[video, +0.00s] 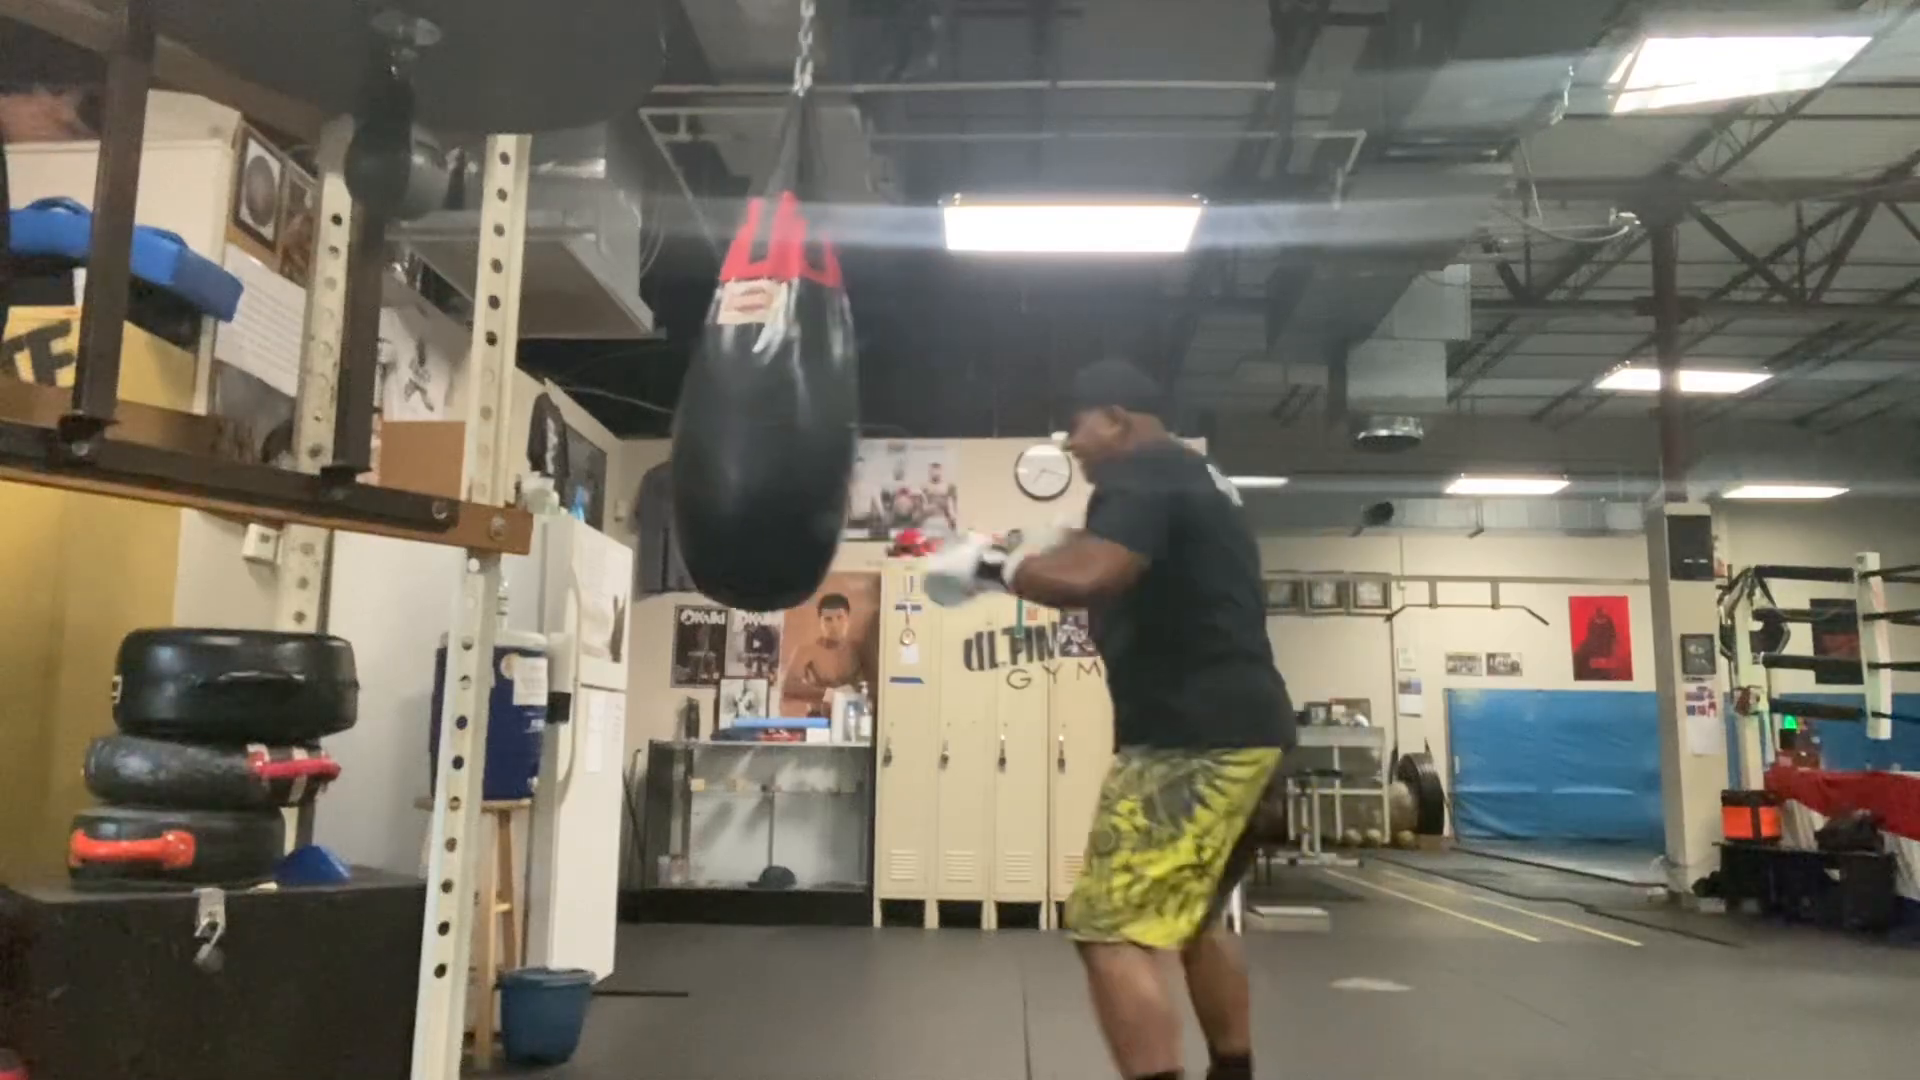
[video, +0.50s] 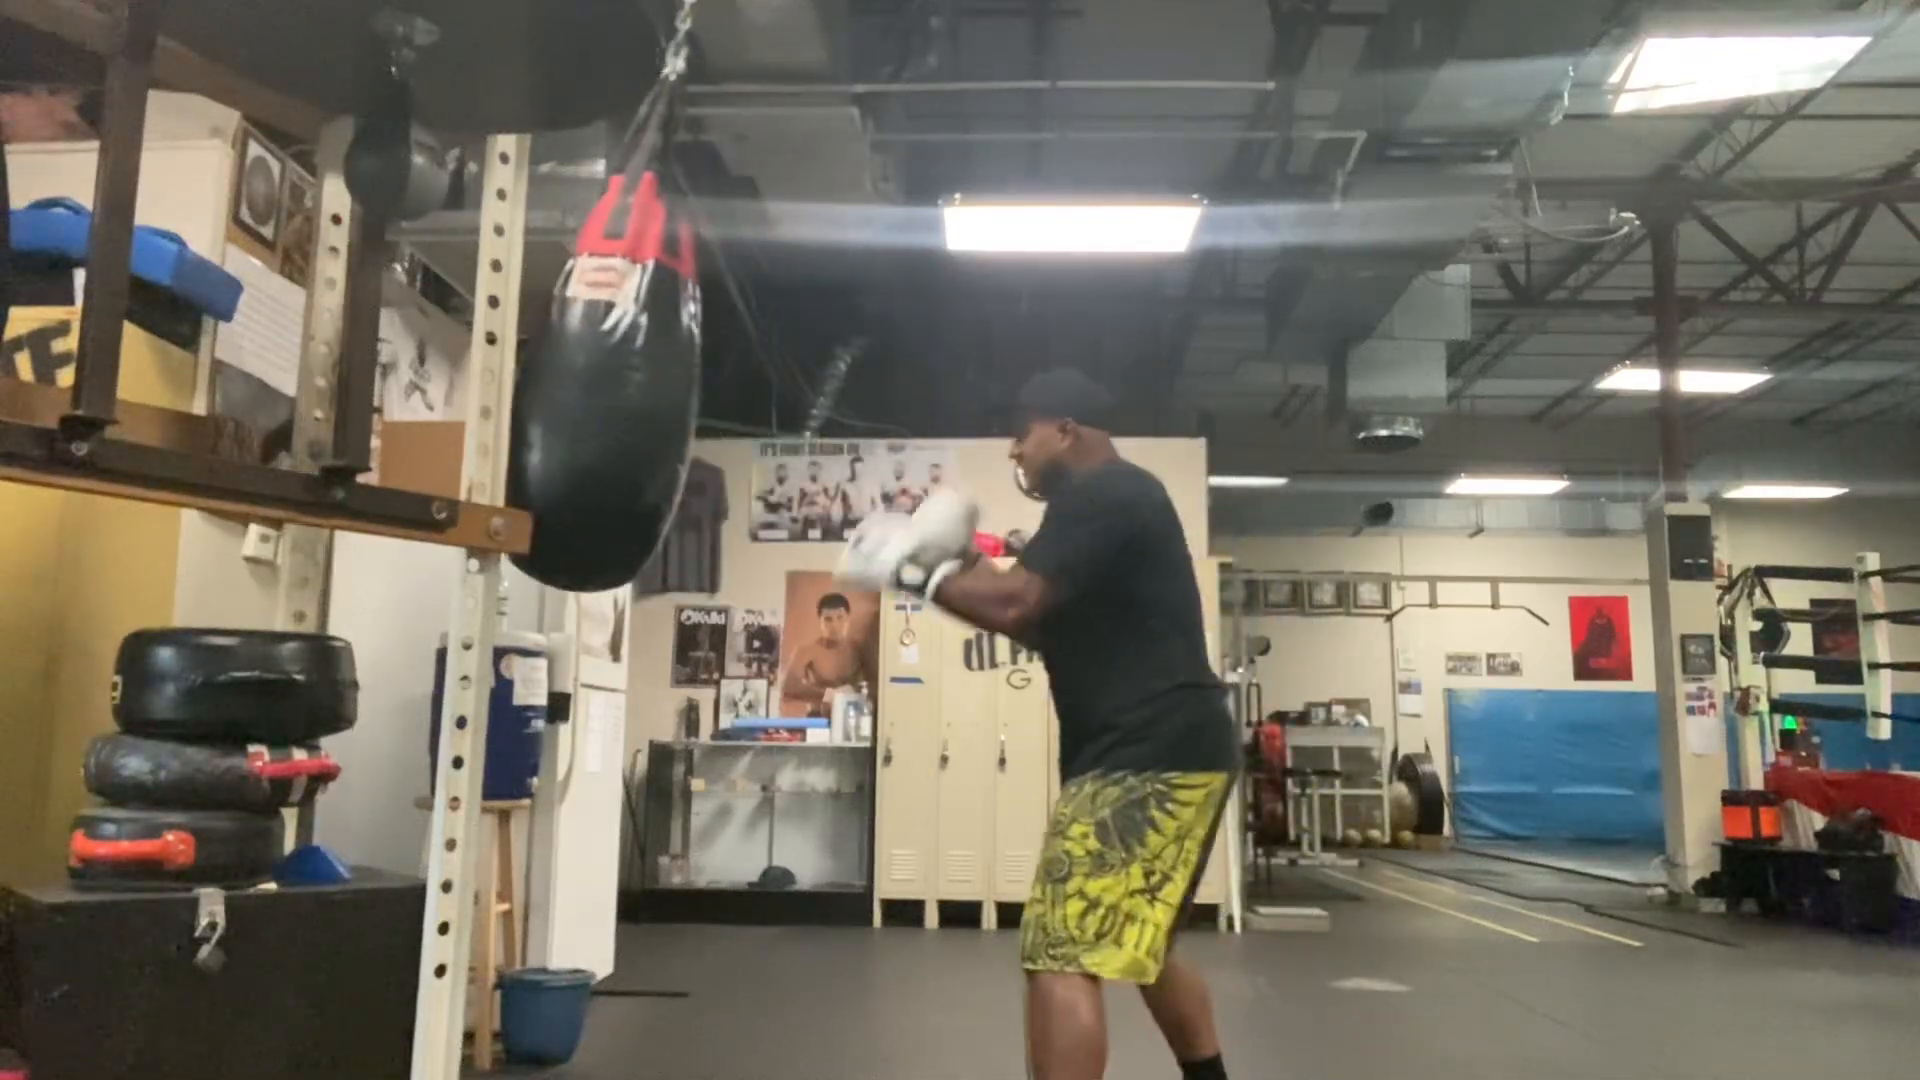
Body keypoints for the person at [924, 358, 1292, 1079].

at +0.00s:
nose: (1072, 446)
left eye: (1077, 429)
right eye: (1069, 431)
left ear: (1119, 420)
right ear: (1140, 423)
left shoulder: (1142, 477)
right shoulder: (1194, 478)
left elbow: (1092, 573)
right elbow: (1139, 579)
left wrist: (1000, 568)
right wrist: (1041, 557)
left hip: (1188, 737)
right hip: (1246, 731)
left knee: (1110, 926)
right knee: (1195, 916)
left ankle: (1158, 1073)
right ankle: (1233, 1070)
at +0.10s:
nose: (1062, 451)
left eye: (1069, 434)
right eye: (1062, 435)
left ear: (1113, 432)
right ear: (1124, 435)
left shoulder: (1144, 500)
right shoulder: (1173, 497)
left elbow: (1102, 617)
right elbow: (1109, 605)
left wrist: (1010, 587)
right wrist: (1048, 556)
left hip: (1171, 760)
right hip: (1221, 756)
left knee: (1091, 957)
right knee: (1185, 943)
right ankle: (1230, 1073)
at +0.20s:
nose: (1053, 449)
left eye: (1061, 431)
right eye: (1053, 433)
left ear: (1103, 429)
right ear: (1113, 433)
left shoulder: (1140, 498)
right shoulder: (1153, 497)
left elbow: (1085, 612)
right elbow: (1085, 594)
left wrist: (997, 559)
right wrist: (1032, 547)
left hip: (1158, 760)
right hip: (1197, 759)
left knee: (1057, 951)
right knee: (1167, 951)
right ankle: (1222, 1072)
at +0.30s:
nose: (1039, 438)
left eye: (1047, 420)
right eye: (1040, 422)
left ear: (1091, 419)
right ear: (1098, 423)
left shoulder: (1133, 488)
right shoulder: (1118, 491)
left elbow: (1050, 585)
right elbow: (1060, 599)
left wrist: (997, 508)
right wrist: (1014, 512)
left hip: (1147, 752)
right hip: (1169, 749)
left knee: (1061, 954)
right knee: (1159, 956)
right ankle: (1216, 1074)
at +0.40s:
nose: (1022, 440)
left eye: (1031, 422)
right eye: (1021, 426)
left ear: (1078, 421)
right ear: (1084, 425)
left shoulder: (1116, 485)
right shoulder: (1104, 491)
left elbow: (1025, 577)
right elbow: (1043, 616)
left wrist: (979, 500)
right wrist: (992, 514)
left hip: (1151, 746)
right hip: (1179, 743)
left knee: (1068, 950)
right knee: (1150, 934)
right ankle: (1207, 1074)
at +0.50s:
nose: (1016, 457)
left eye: (1023, 439)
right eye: (1015, 442)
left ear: (1065, 429)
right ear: (1071, 432)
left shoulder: (1097, 496)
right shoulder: (1117, 494)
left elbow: (1016, 607)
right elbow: (1038, 601)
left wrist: (922, 574)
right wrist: (965, 561)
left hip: (1141, 752)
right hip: (1181, 746)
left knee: (1058, 953)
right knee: (1148, 947)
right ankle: (1209, 1078)